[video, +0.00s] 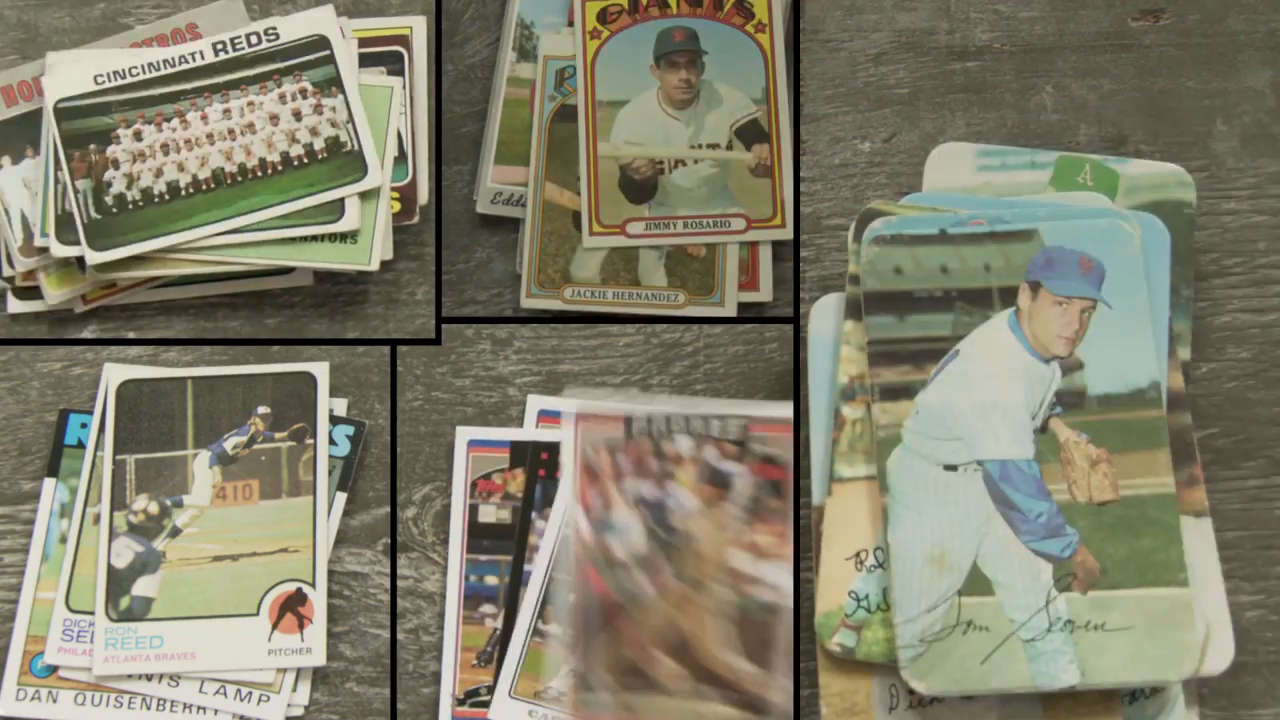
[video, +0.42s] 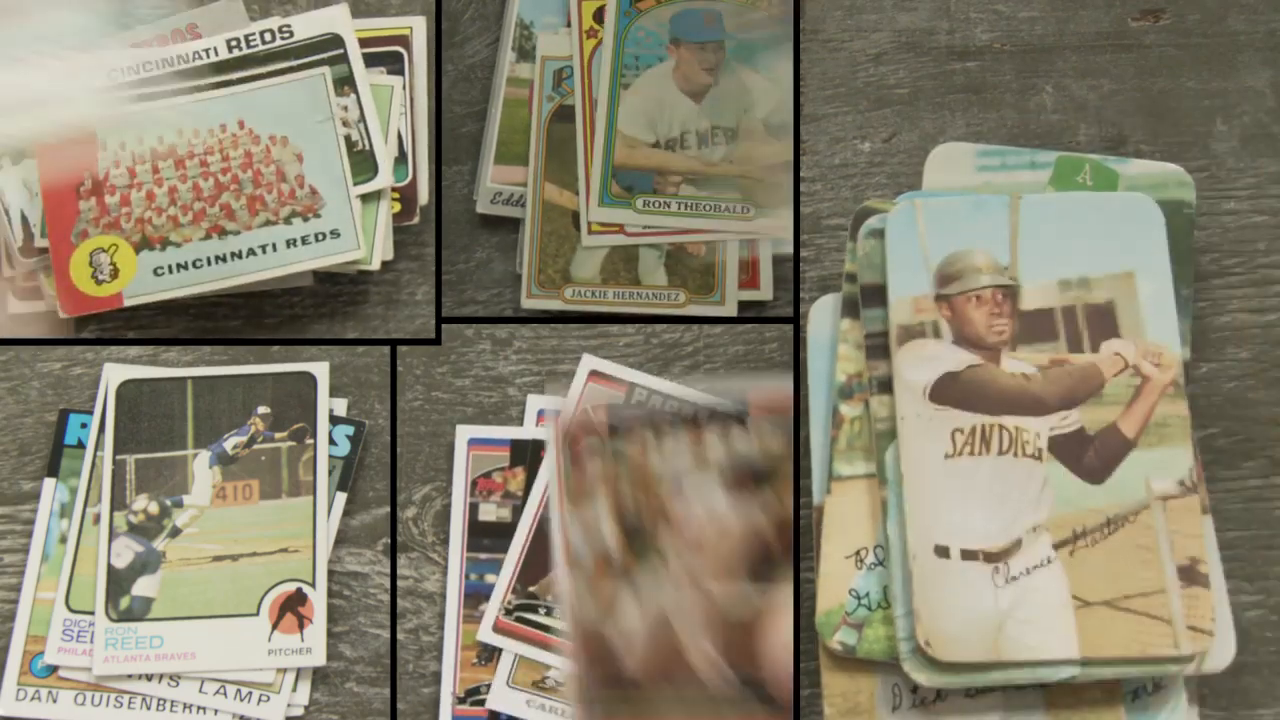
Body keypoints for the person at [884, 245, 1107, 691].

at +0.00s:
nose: (1075, 324)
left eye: (1085, 312)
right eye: (1062, 306)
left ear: (1091, 314)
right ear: (1025, 298)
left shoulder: (1041, 345)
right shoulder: (998, 371)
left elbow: (1033, 398)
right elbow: (1020, 494)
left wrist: (1064, 432)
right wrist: (1075, 553)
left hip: (992, 472)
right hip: (931, 482)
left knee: (1033, 593)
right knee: (923, 620)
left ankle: (1062, 697)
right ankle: (912, 703)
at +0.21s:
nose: (1074, 324)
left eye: (1085, 312)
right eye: (1061, 306)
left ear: (1092, 315)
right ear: (1025, 298)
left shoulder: (1040, 345)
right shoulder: (997, 372)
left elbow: (1037, 394)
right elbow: (1020, 494)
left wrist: (1062, 431)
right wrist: (1078, 556)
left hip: (990, 470)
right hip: (932, 479)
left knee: (1032, 589)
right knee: (924, 622)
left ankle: (1069, 691)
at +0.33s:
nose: (997, 311)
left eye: (1004, 298)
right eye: (978, 300)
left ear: (1014, 306)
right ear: (945, 311)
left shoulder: (1028, 380)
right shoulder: (918, 362)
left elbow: (1092, 467)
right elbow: (1038, 400)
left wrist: (1152, 389)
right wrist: (1104, 369)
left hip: (1032, 570)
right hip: (954, 577)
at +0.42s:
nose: (996, 306)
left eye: (1003, 293)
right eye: (977, 296)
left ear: (1015, 303)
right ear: (946, 310)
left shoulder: (1036, 382)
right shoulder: (919, 359)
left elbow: (1093, 463)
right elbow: (1039, 396)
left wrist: (1153, 386)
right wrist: (1114, 359)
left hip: (1033, 565)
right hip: (952, 573)